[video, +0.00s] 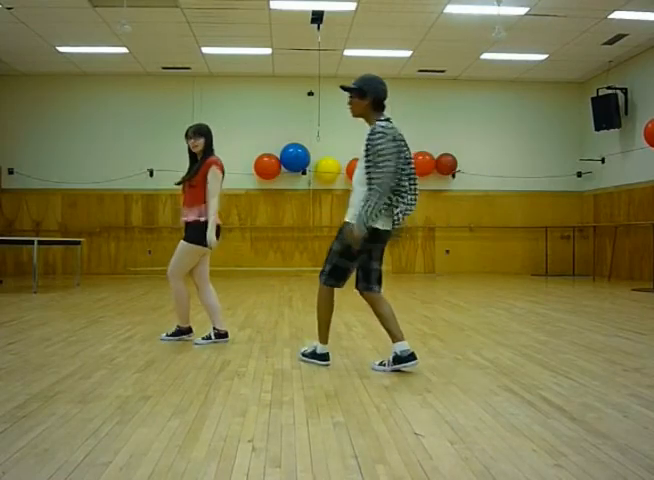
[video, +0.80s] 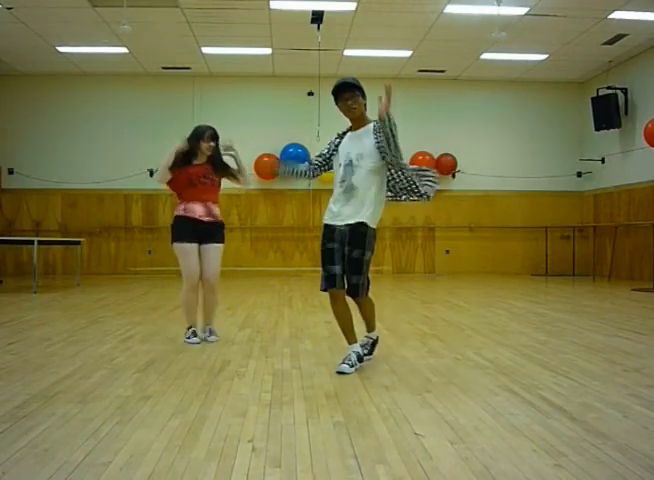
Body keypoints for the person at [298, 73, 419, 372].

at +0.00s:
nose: (349, 101)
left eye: (354, 97)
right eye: (350, 97)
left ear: (370, 100)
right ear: (372, 101)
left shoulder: (380, 134)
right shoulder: (391, 133)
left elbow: (382, 182)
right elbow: (408, 186)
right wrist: (391, 218)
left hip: (361, 221)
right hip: (379, 224)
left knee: (328, 280)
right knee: (368, 287)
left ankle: (320, 348)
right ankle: (402, 350)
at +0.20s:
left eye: (352, 96)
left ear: (351, 100)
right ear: (379, 100)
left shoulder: (340, 129)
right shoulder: (395, 134)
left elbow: (338, 177)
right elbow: (399, 183)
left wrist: (342, 219)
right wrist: (392, 228)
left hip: (348, 220)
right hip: (383, 223)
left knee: (330, 283)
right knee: (376, 288)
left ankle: (323, 348)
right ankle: (369, 348)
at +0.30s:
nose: (388, 101)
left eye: (386, 96)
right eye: (385, 97)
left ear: (360, 100)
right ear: (375, 99)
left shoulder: (336, 130)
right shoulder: (379, 127)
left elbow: (326, 177)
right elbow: (368, 177)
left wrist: (328, 214)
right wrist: (356, 227)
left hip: (343, 217)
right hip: (368, 218)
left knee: (349, 282)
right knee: (382, 283)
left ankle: (326, 347)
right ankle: (350, 350)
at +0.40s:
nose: (385, 101)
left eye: (387, 96)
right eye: (380, 95)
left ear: (386, 100)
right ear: (363, 97)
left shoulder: (370, 135)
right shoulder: (346, 129)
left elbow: (364, 180)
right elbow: (335, 176)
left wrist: (371, 221)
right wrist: (331, 221)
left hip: (366, 219)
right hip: (352, 218)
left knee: (359, 289)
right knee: (373, 284)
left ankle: (327, 348)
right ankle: (347, 349)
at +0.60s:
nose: (350, 101)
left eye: (356, 97)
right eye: (347, 97)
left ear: (370, 101)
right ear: (343, 102)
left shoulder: (385, 134)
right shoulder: (337, 137)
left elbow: (399, 174)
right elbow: (322, 178)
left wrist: (408, 211)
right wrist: (312, 213)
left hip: (367, 218)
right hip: (334, 216)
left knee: (355, 286)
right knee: (347, 286)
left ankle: (337, 336)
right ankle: (355, 350)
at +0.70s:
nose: (350, 104)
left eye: (355, 98)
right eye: (345, 101)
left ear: (366, 101)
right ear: (341, 106)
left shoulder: (384, 133)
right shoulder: (339, 139)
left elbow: (404, 176)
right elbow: (316, 173)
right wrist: (293, 204)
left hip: (365, 220)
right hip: (334, 219)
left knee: (356, 288)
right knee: (338, 287)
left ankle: (361, 339)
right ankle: (354, 348)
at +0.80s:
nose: (351, 103)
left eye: (354, 97)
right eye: (344, 101)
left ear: (364, 99)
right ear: (339, 108)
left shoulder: (380, 130)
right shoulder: (341, 139)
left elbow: (395, 161)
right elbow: (314, 167)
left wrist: (385, 121)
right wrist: (280, 167)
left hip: (362, 219)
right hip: (334, 218)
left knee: (357, 289)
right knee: (334, 288)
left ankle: (371, 335)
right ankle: (354, 349)